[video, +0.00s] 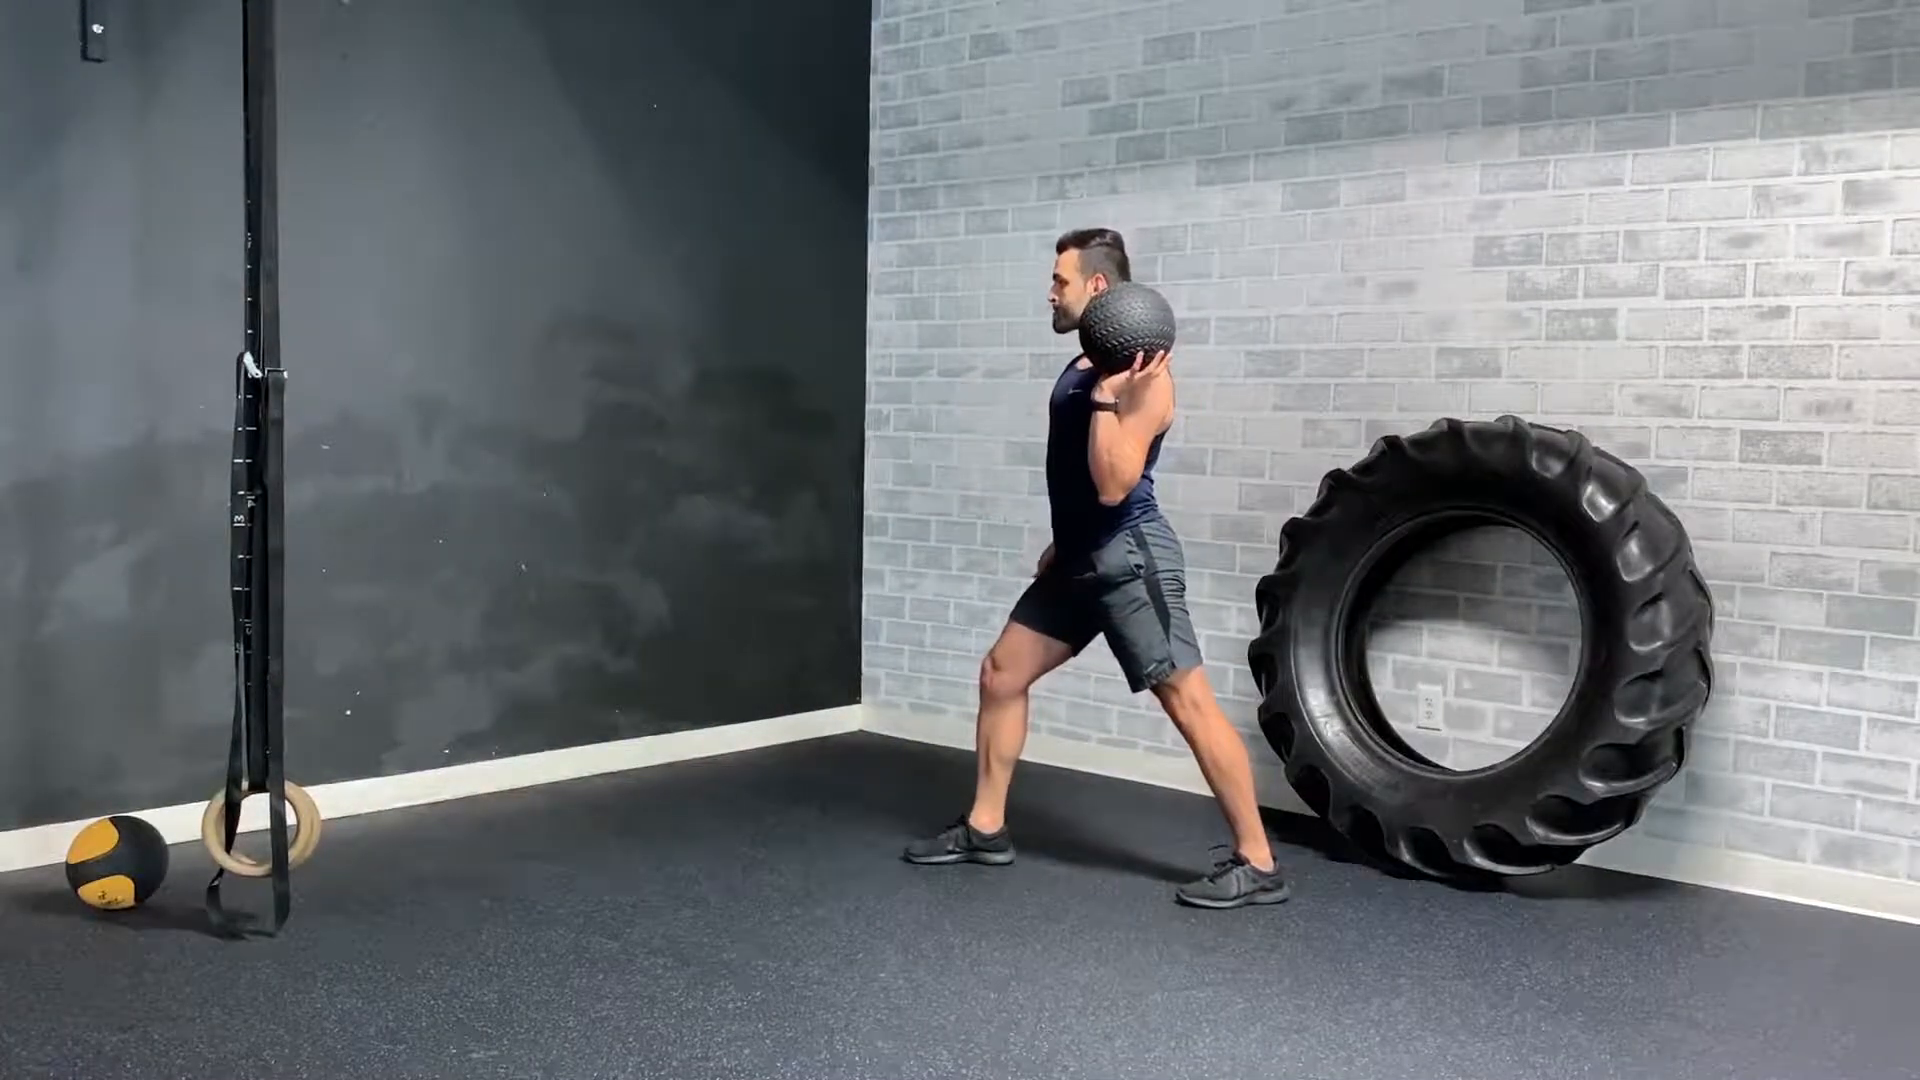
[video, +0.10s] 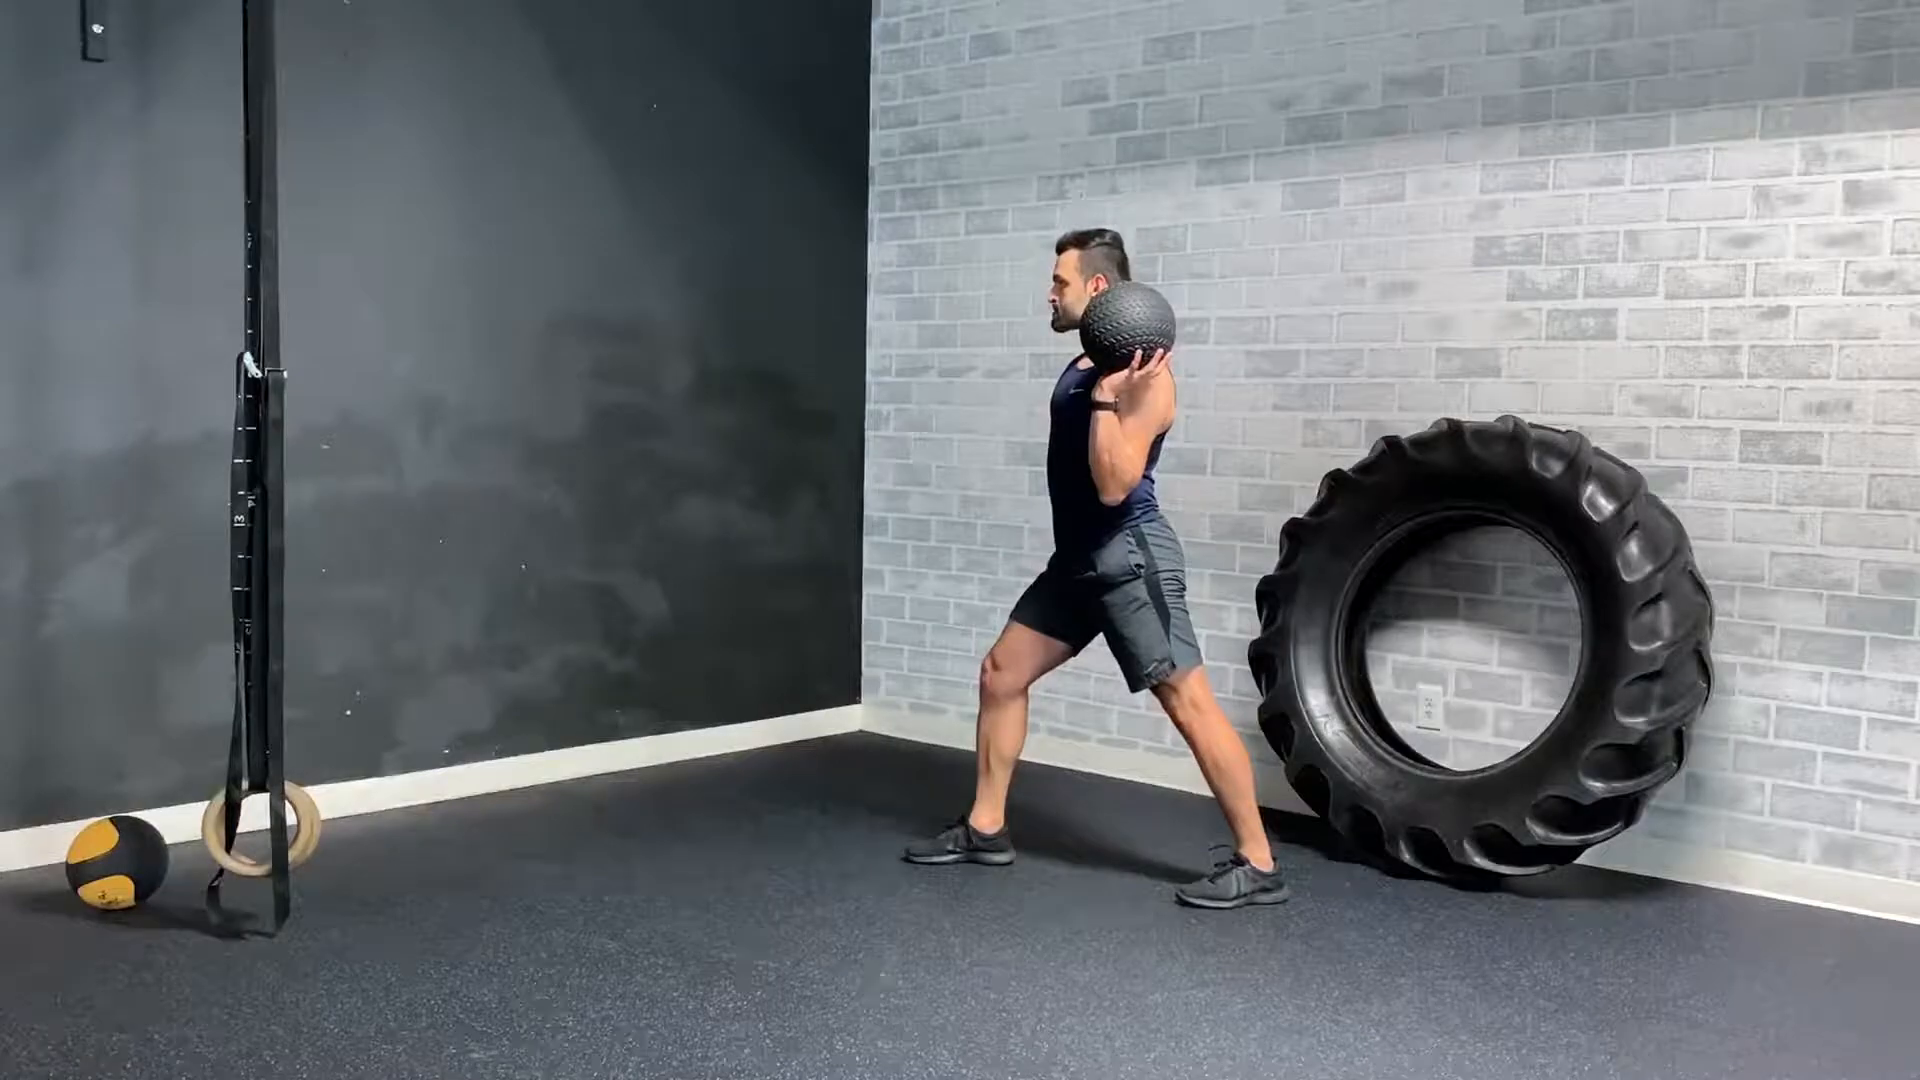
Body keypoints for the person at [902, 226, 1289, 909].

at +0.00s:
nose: (1051, 294)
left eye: (1061, 282)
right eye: (1053, 281)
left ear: (1101, 285)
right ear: (1093, 287)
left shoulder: (1148, 379)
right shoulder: (1087, 362)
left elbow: (1114, 485)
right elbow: (1086, 473)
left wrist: (1105, 402)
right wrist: (1064, 543)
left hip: (1135, 556)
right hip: (1081, 559)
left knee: (1190, 703)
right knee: (1002, 678)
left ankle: (1257, 860)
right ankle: (985, 829)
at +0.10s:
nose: (1051, 295)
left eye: (1061, 283)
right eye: (1052, 282)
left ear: (1101, 286)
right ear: (1094, 288)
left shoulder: (1150, 381)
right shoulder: (1085, 364)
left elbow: (1115, 485)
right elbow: (1085, 475)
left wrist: (1106, 404)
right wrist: (1074, 554)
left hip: (1135, 559)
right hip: (1080, 563)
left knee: (1191, 705)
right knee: (1001, 676)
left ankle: (1257, 861)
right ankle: (986, 830)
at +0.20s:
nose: (1052, 295)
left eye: (1062, 284)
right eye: (1053, 283)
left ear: (1103, 286)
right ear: (1095, 288)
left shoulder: (1151, 379)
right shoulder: (1084, 364)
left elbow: (1117, 484)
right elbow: (1086, 473)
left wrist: (1108, 404)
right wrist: (1074, 552)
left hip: (1135, 559)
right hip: (1080, 562)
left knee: (1191, 706)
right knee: (1000, 677)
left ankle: (1257, 861)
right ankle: (985, 830)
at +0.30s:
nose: (1052, 295)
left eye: (1063, 284)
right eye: (1054, 283)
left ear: (1104, 286)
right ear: (1095, 289)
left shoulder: (1153, 381)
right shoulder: (1084, 363)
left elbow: (1122, 485)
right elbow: (1086, 471)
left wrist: (1112, 404)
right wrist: (1074, 552)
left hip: (1135, 559)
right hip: (1079, 562)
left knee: (1191, 706)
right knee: (1000, 677)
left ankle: (1257, 861)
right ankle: (985, 830)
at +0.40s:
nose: (1052, 296)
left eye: (1063, 285)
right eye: (1053, 284)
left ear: (1104, 287)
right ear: (1095, 290)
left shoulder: (1154, 379)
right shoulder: (1082, 363)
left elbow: (1130, 487)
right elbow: (1085, 468)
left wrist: (1117, 410)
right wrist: (1074, 550)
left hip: (1135, 557)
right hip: (1080, 559)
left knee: (1189, 703)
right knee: (999, 676)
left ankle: (1257, 861)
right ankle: (985, 831)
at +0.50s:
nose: (1048, 298)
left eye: (1059, 286)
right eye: (1049, 286)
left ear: (1103, 287)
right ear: (1090, 290)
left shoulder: (1152, 378)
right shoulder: (1073, 366)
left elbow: (1141, 491)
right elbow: (1082, 467)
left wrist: (1121, 413)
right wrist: (1070, 549)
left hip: (1134, 560)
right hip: (1075, 561)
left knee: (1187, 705)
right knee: (994, 675)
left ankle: (1257, 861)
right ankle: (986, 829)